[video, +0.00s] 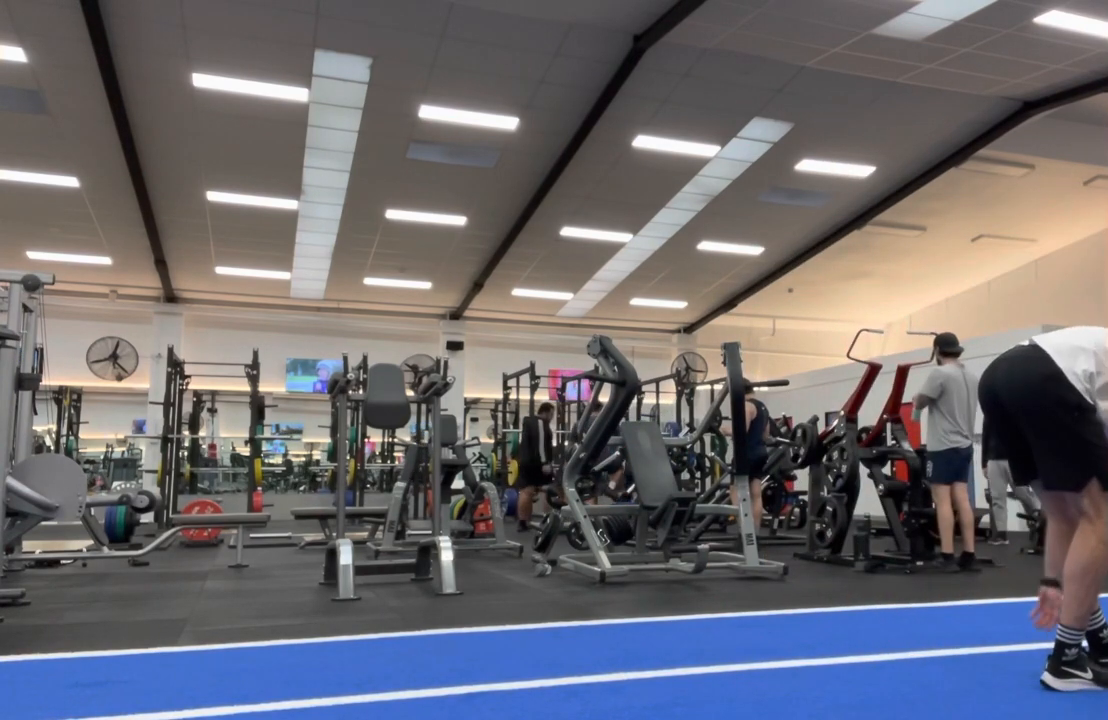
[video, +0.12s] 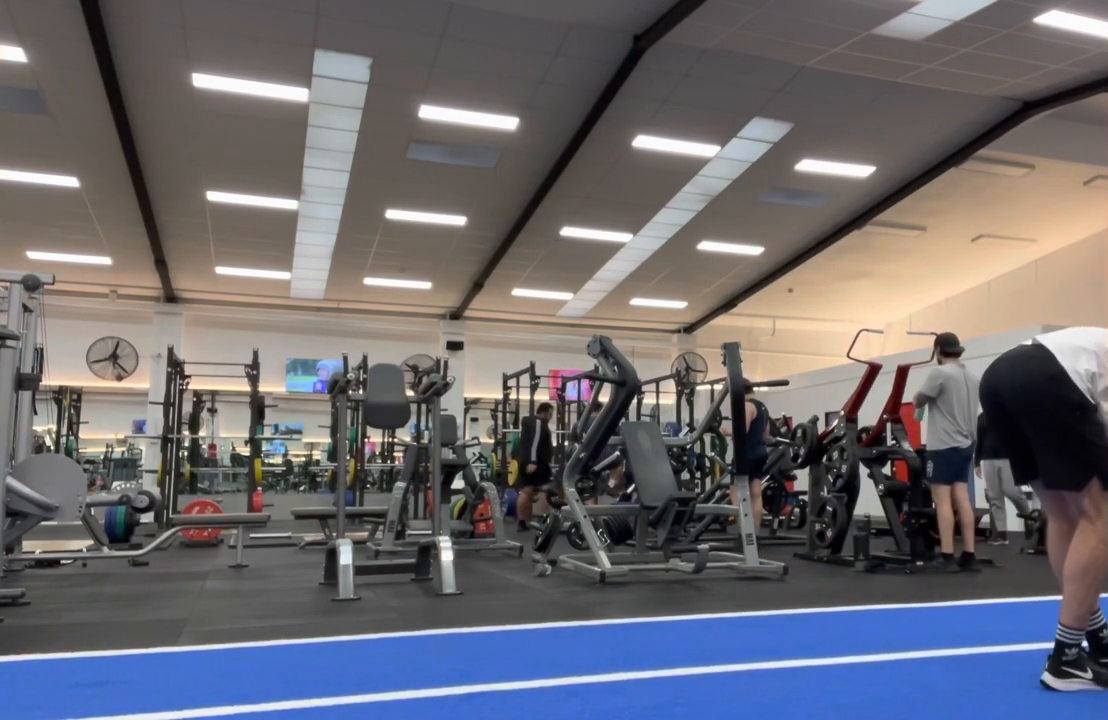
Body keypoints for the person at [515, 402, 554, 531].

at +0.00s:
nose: (552, 417)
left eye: (552, 414)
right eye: (551, 414)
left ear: (540, 412)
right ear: (546, 413)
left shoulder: (529, 421)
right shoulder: (540, 423)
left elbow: (525, 443)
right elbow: (541, 444)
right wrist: (545, 462)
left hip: (525, 461)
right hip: (534, 462)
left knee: (525, 491)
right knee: (528, 491)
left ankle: (523, 521)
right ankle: (523, 521)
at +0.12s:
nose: (551, 416)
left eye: (551, 414)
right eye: (550, 413)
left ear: (540, 412)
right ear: (545, 413)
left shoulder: (541, 425)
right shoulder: (537, 423)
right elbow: (534, 443)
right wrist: (532, 461)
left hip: (536, 464)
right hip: (534, 464)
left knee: (530, 492)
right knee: (526, 491)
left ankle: (525, 520)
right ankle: (522, 521)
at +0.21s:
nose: (551, 416)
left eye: (552, 414)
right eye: (551, 413)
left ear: (540, 412)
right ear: (545, 413)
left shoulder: (542, 425)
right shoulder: (536, 423)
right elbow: (529, 442)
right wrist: (527, 461)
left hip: (538, 464)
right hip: (535, 464)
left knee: (528, 491)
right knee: (525, 491)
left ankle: (524, 520)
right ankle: (521, 521)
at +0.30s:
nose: (553, 418)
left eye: (553, 415)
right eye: (552, 415)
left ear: (542, 412)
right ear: (547, 413)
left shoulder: (542, 425)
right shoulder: (538, 422)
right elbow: (530, 443)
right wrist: (526, 461)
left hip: (531, 464)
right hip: (538, 465)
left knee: (525, 491)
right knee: (540, 491)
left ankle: (521, 520)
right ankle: (540, 519)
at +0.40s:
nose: (556, 419)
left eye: (557, 416)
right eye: (555, 416)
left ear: (547, 414)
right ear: (549, 413)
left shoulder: (544, 425)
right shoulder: (540, 423)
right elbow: (533, 443)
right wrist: (531, 462)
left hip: (529, 465)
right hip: (538, 465)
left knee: (525, 492)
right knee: (538, 492)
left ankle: (522, 520)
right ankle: (540, 519)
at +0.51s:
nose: (561, 421)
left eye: (561, 418)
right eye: (560, 418)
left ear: (550, 414)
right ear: (556, 415)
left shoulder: (539, 423)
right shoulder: (547, 424)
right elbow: (540, 444)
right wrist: (540, 464)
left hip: (529, 463)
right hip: (538, 465)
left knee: (530, 492)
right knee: (538, 492)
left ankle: (524, 519)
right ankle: (539, 519)